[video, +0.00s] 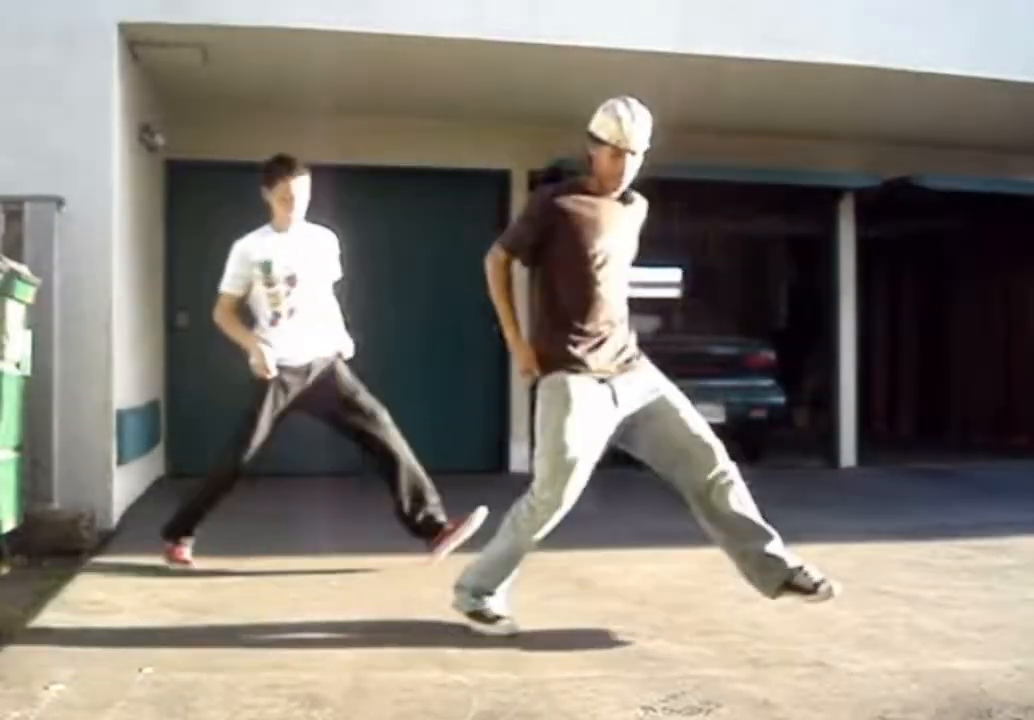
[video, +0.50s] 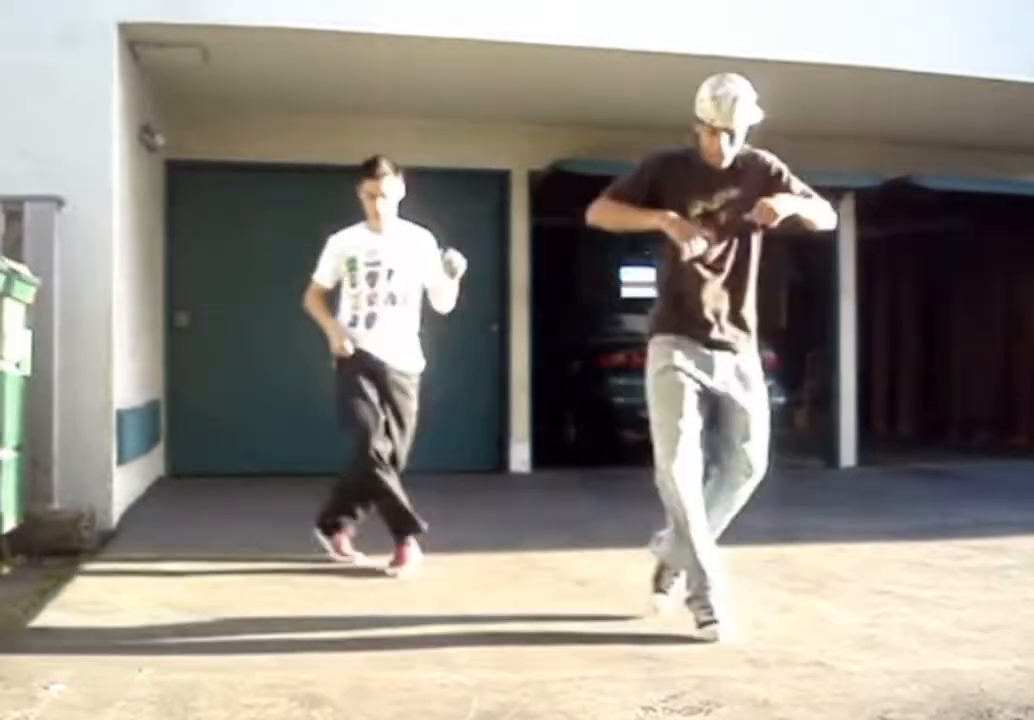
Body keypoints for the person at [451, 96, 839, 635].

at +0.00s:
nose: (615, 162)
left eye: (625, 152)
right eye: (607, 149)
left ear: (640, 156)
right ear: (591, 148)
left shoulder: (634, 210)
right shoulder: (554, 206)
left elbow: (602, 274)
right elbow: (497, 260)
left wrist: (607, 336)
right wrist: (517, 343)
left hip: (629, 367)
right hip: (570, 377)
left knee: (709, 465)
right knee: (554, 495)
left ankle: (776, 571)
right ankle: (478, 589)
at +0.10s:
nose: (627, 151)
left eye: (638, 141)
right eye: (619, 137)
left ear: (649, 143)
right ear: (599, 131)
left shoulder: (640, 189)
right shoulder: (562, 187)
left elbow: (609, 252)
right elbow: (506, 240)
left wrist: (621, 310)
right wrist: (533, 315)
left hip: (646, 349)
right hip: (588, 360)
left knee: (717, 447)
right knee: (563, 480)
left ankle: (759, 565)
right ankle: (489, 584)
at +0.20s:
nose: (643, 133)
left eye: (653, 122)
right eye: (634, 120)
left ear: (666, 124)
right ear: (615, 116)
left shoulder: (664, 169)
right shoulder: (581, 170)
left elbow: (634, 229)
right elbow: (520, 216)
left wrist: (652, 280)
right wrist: (553, 289)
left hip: (671, 325)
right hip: (614, 331)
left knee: (721, 438)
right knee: (609, 457)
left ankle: (696, 549)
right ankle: (552, 577)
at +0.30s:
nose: (667, 148)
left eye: (678, 137)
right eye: (658, 135)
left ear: (694, 139)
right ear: (642, 132)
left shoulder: (701, 185)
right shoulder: (612, 188)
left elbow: (704, 225)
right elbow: (562, 243)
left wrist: (735, 263)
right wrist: (580, 307)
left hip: (694, 341)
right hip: (639, 341)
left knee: (687, 469)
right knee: (669, 467)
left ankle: (618, 556)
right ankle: (710, 595)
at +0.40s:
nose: (691, 165)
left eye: (701, 155)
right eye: (682, 153)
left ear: (715, 154)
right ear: (665, 151)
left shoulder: (727, 208)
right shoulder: (631, 207)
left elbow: (763, 262)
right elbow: (591, 274)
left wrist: (770, 276)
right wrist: (625, 314)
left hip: (712, 368)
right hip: (657, 365)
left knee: (683, 480)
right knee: (695, 480)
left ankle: (621, 559)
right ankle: (740, 594)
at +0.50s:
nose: (721, 144)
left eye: (732, 134)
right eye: (713, 132)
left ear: (748, 129)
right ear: (698, 123)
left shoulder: (763, 169)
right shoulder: (664, 169)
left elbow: (826, 217)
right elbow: (598, 213)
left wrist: (789, 206)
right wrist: (664, 220)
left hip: (738, 345)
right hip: (677, 340)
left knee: (746, 463)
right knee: (678, 461)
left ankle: (671, 551)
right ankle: (704, 594)